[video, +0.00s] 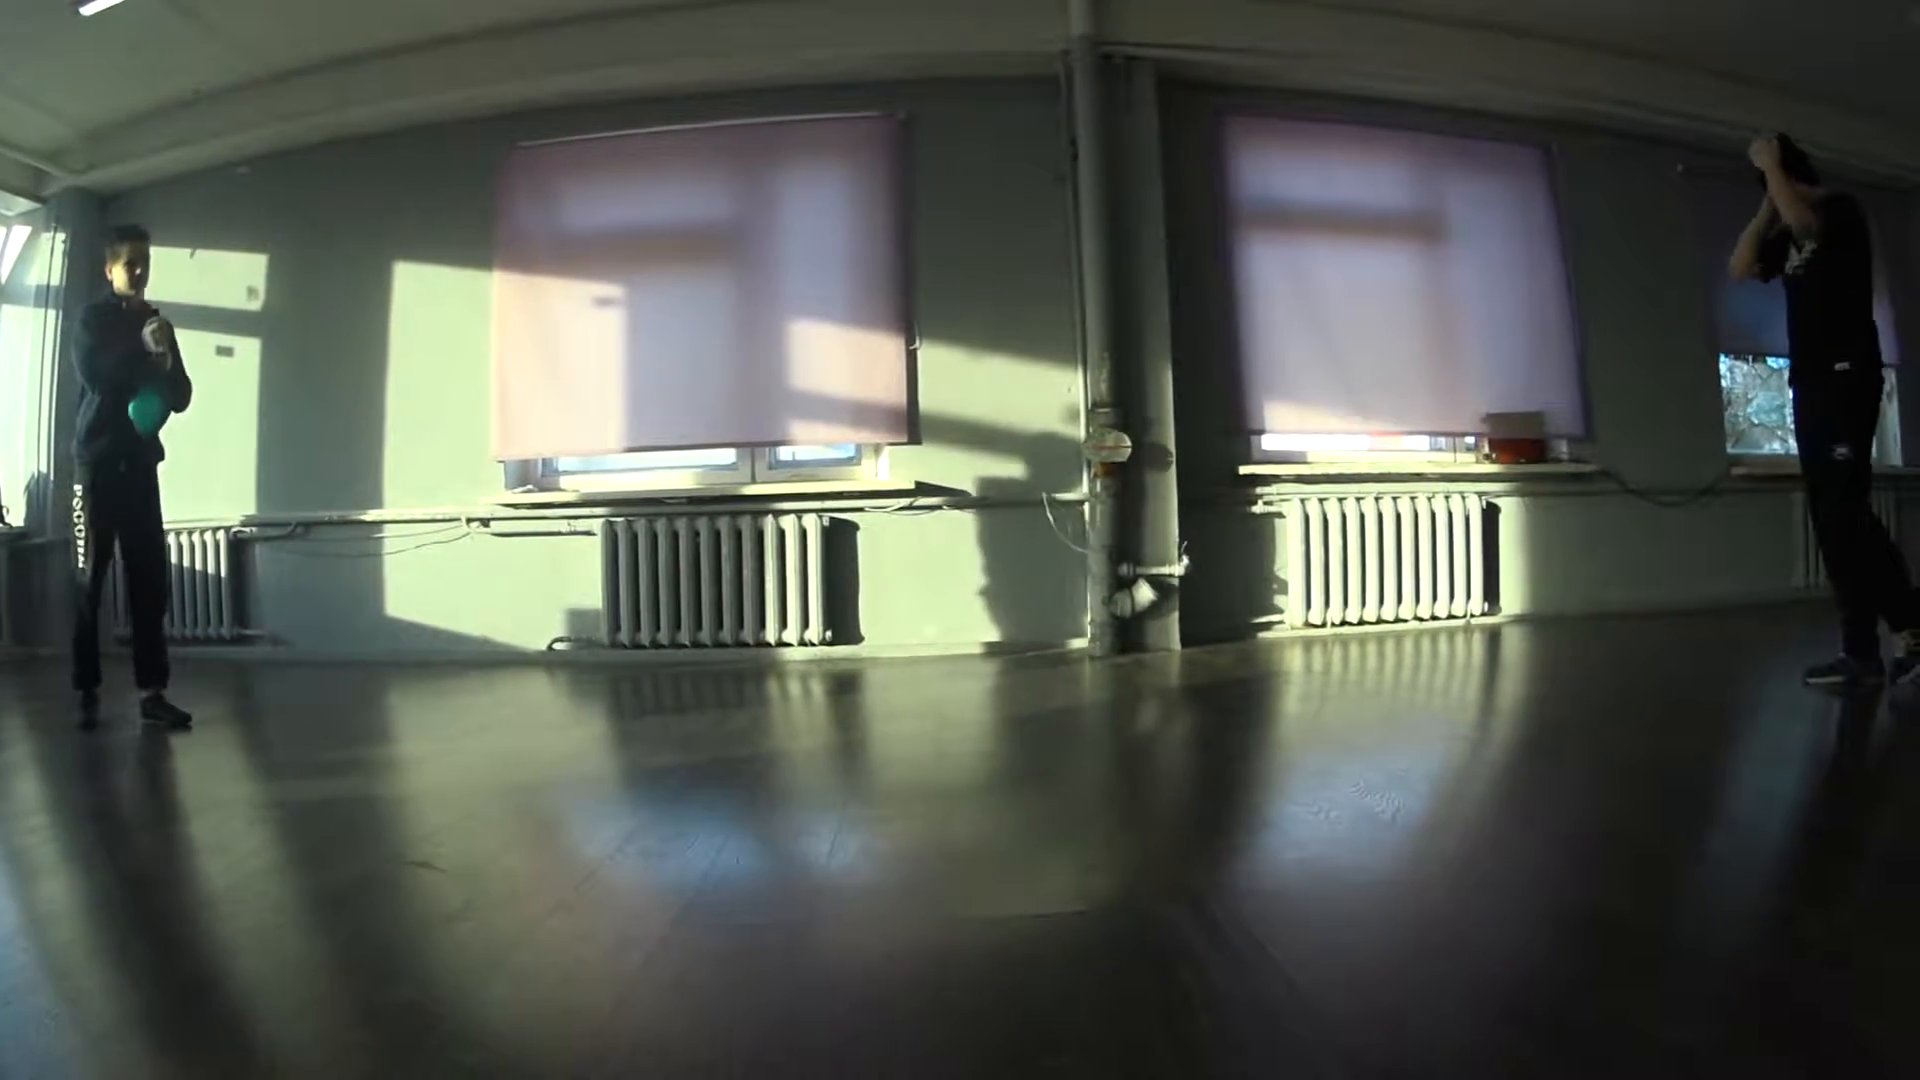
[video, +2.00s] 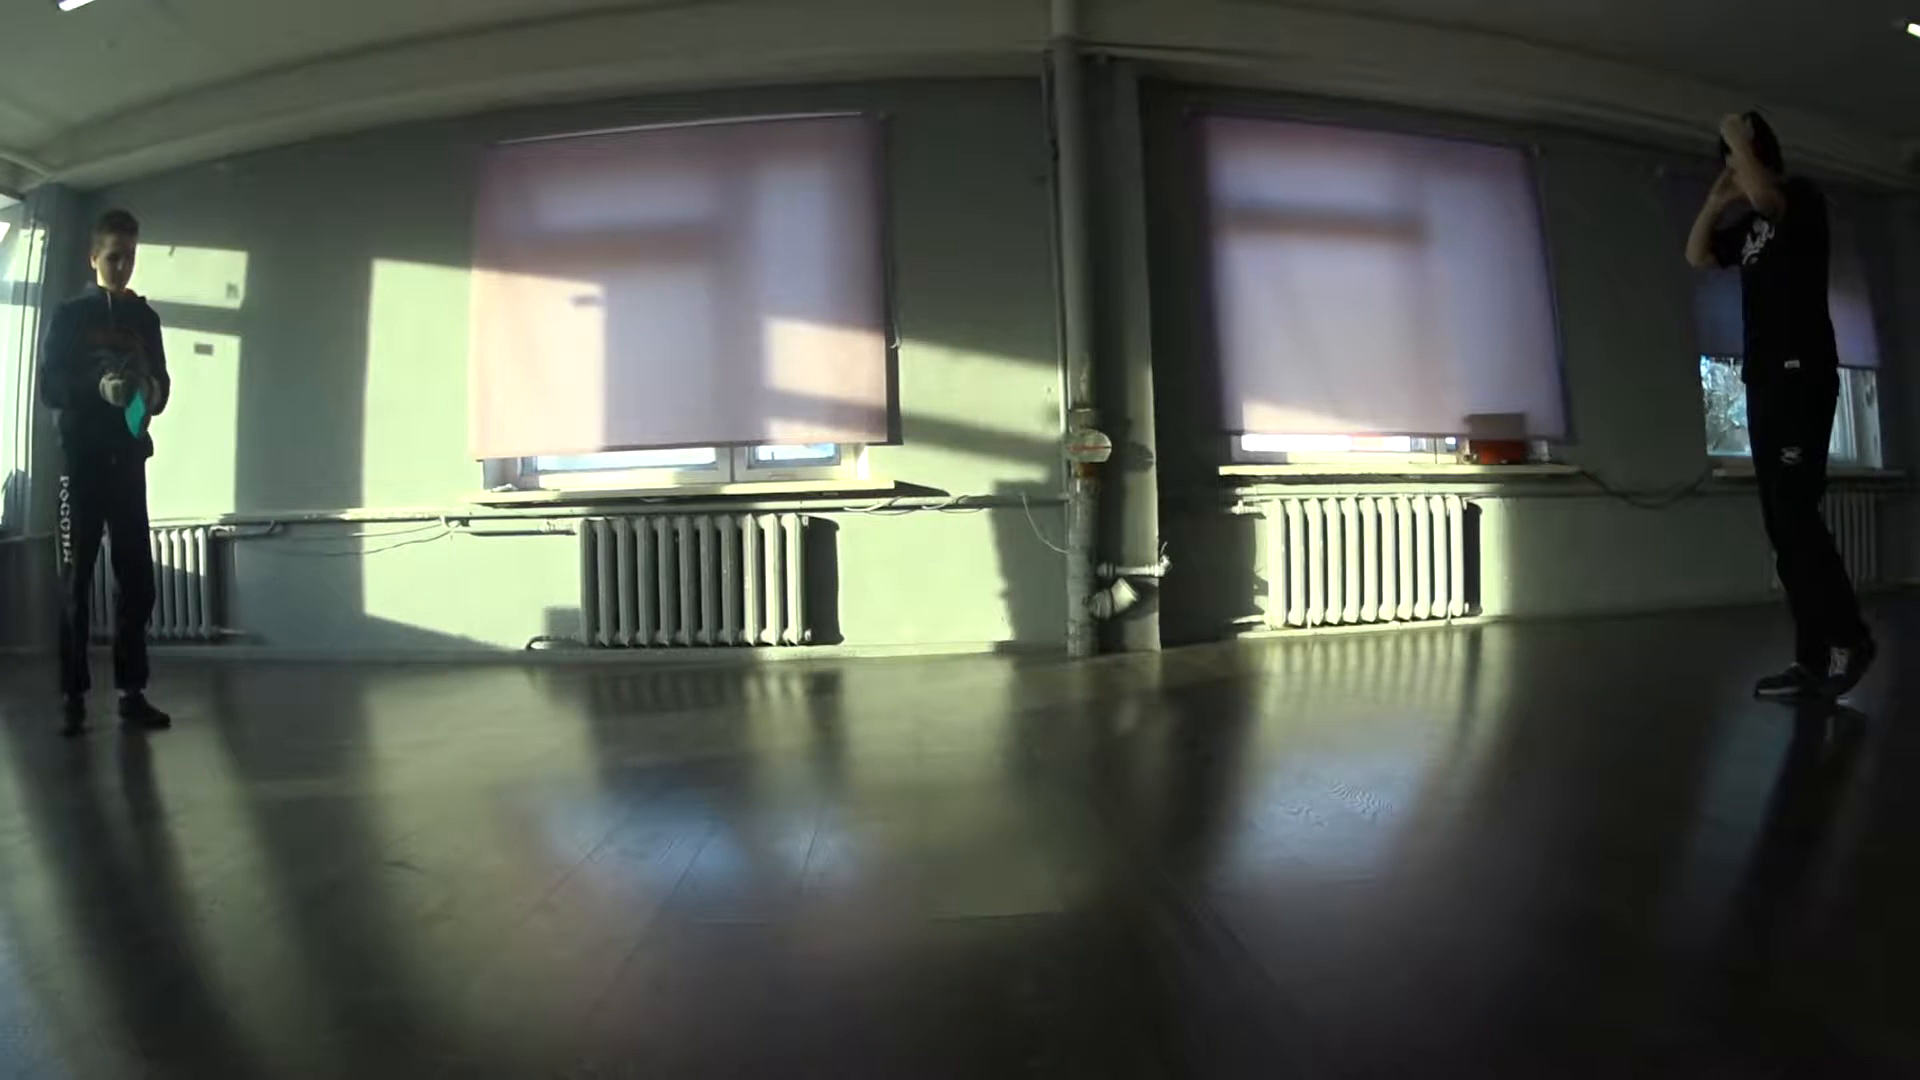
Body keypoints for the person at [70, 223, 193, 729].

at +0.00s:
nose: (137, 272)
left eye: (142, 264)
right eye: (128, 264)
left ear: (148, 268)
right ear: (108, 267)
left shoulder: (157, 324)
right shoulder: (91, 318)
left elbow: (181, 398)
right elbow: (99, 375)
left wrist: (164, 357)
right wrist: (149, 350)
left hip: (141, 460)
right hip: (97, 459)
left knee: (149, 575)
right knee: (91, 574)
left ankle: (152, 694)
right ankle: (87, 692)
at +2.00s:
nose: (122, 263)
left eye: (129, 254)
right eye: (114, 254)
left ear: (137, 256)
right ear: (93, 256)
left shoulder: (144, 315)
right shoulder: (71, 312)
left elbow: (161, 391)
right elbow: (49, 389)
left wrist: (149, 392)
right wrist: (96, 387)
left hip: (129, 456)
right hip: (84, 456)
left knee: (137, 575)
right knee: (78, 575)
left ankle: (132, 693)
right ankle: (73, 697)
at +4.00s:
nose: (117, 262)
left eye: (123, 253)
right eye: (109, 252)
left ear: (130, 257)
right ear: (86, 253)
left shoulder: (131, 318)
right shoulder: (62, 310)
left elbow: (145, 398)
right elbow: (39, 391)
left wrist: (143, 394)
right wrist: (85, 380)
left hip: (119, 454)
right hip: (74, 454)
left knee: (127, 576)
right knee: (68, 576)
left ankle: (123, 696)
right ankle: (64, 698)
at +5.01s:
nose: (111, 256)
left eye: (118, 247)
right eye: (102, 247)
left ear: (127, 251)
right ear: (83, 253)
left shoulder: (138, 315)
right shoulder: (63, 310)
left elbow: (154, 393)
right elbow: (39, 385)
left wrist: (139, 390)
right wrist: (81, 380)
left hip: (113, 456)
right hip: (66, 456)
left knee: (120, 577)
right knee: (60, 580)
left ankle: (119, 696)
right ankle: (60, 700)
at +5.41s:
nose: (109, 255)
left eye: (116, 246)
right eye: (101, 246)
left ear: (123, 252)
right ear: (81, 252)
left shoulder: (134, 316)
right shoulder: (60, 308)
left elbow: (147, 396)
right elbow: (39, 381)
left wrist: (132, 364)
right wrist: (81, 352)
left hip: (113, 457)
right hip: (64, 455)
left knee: (118, 575)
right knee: (58, 577)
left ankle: (117, 696)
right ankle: (58, 700)